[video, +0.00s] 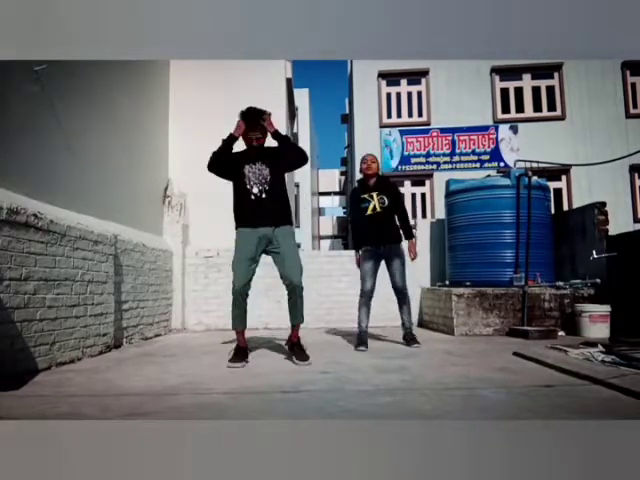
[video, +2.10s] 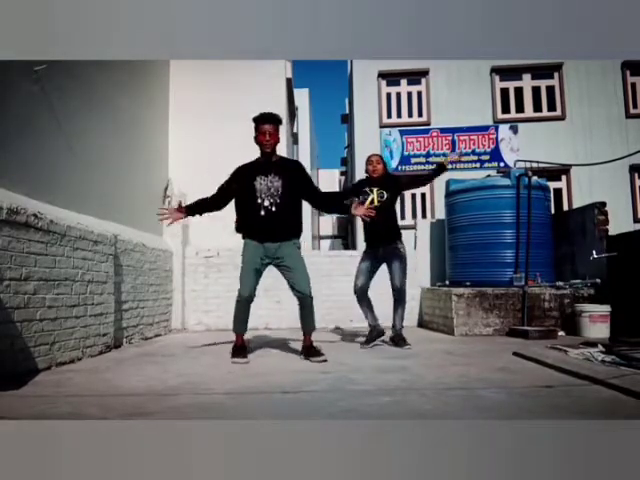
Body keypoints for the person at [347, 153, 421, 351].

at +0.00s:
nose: (368, 165)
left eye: (371, 162)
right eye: (365, 163)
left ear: (378, 166)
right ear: (361, 167)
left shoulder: (389, 186)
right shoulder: (356, 192)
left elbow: (401, 213)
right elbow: (353, 222)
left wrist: (411, 239)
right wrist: (357, 250)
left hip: (392, 244)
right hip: (368, 246)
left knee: (400, 288)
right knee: (366, 290)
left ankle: (408, 332)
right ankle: (362, 336)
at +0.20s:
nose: (369, 164)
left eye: (372, 160)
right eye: (365, 161)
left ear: (377, 164)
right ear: (360, 167)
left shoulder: (386, 184)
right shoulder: (355, 188)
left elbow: (397, 211)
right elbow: (347, 216)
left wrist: (407, 238)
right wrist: (342, 244)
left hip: (391, 243)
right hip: (368, 245)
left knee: (403, 284)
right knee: (366, 290)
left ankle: (404, 327)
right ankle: (362, 335)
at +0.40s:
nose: (379, 164)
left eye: (382, 160)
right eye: (375, 161)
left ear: (387, 164)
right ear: (370, 165)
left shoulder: (393, 188)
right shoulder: (363, 185)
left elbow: (399, 221)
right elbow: (348, 203)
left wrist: (405, 247)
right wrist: (343, 214)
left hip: (392, 244)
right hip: (369, 244)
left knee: (397, 288)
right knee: (368, 289)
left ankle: (399, 333)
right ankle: (362, 336)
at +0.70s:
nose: (377, 164)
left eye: (381, 161)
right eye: (374, 161)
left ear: (388, 164)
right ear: (370, 164)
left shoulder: (395, 187)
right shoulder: (362, 187)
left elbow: (403, 217)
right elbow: (352, 212)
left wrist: (406, 245)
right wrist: (348, 233)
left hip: (387, 244)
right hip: (364, 243)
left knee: (391, 289)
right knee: (355, 286)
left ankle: (398, 332)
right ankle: (352, 329)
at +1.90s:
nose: (378, 165)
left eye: (381, 162)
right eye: (374, 162)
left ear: (386, 165)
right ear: (369, 167)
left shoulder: (394, 187)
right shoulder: (361, 187)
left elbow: (405, 214)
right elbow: (348, 213)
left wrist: (419, 237)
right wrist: (340, 238)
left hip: (388, 245)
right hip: (365, 245)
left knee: (395, 290)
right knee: (356, 290)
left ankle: (395, 333)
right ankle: (344, 332)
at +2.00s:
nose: (377, 164)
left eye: (380, 160)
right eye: (373, 161)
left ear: (386, 163)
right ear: (367, 165)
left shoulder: (395, 183)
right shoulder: (359, 183)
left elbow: (420, 198)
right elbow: (337, 197)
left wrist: (446, 208)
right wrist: (323, 209)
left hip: (391, 245)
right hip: (369, 245)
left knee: (394, 288)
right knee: (358, 289)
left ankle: (394, 333)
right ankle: (353, 331)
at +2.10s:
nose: (374, 167)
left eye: (377, 163)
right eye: (370, 164)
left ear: (384, 166)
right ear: (366, 168)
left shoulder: (394, 182)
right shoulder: (361, 186)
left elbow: (420, 179)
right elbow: (339, 198)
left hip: (393, 245)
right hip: (372, 247)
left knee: (398, 288)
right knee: (359, 288)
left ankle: (397, 332)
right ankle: (375, 328)